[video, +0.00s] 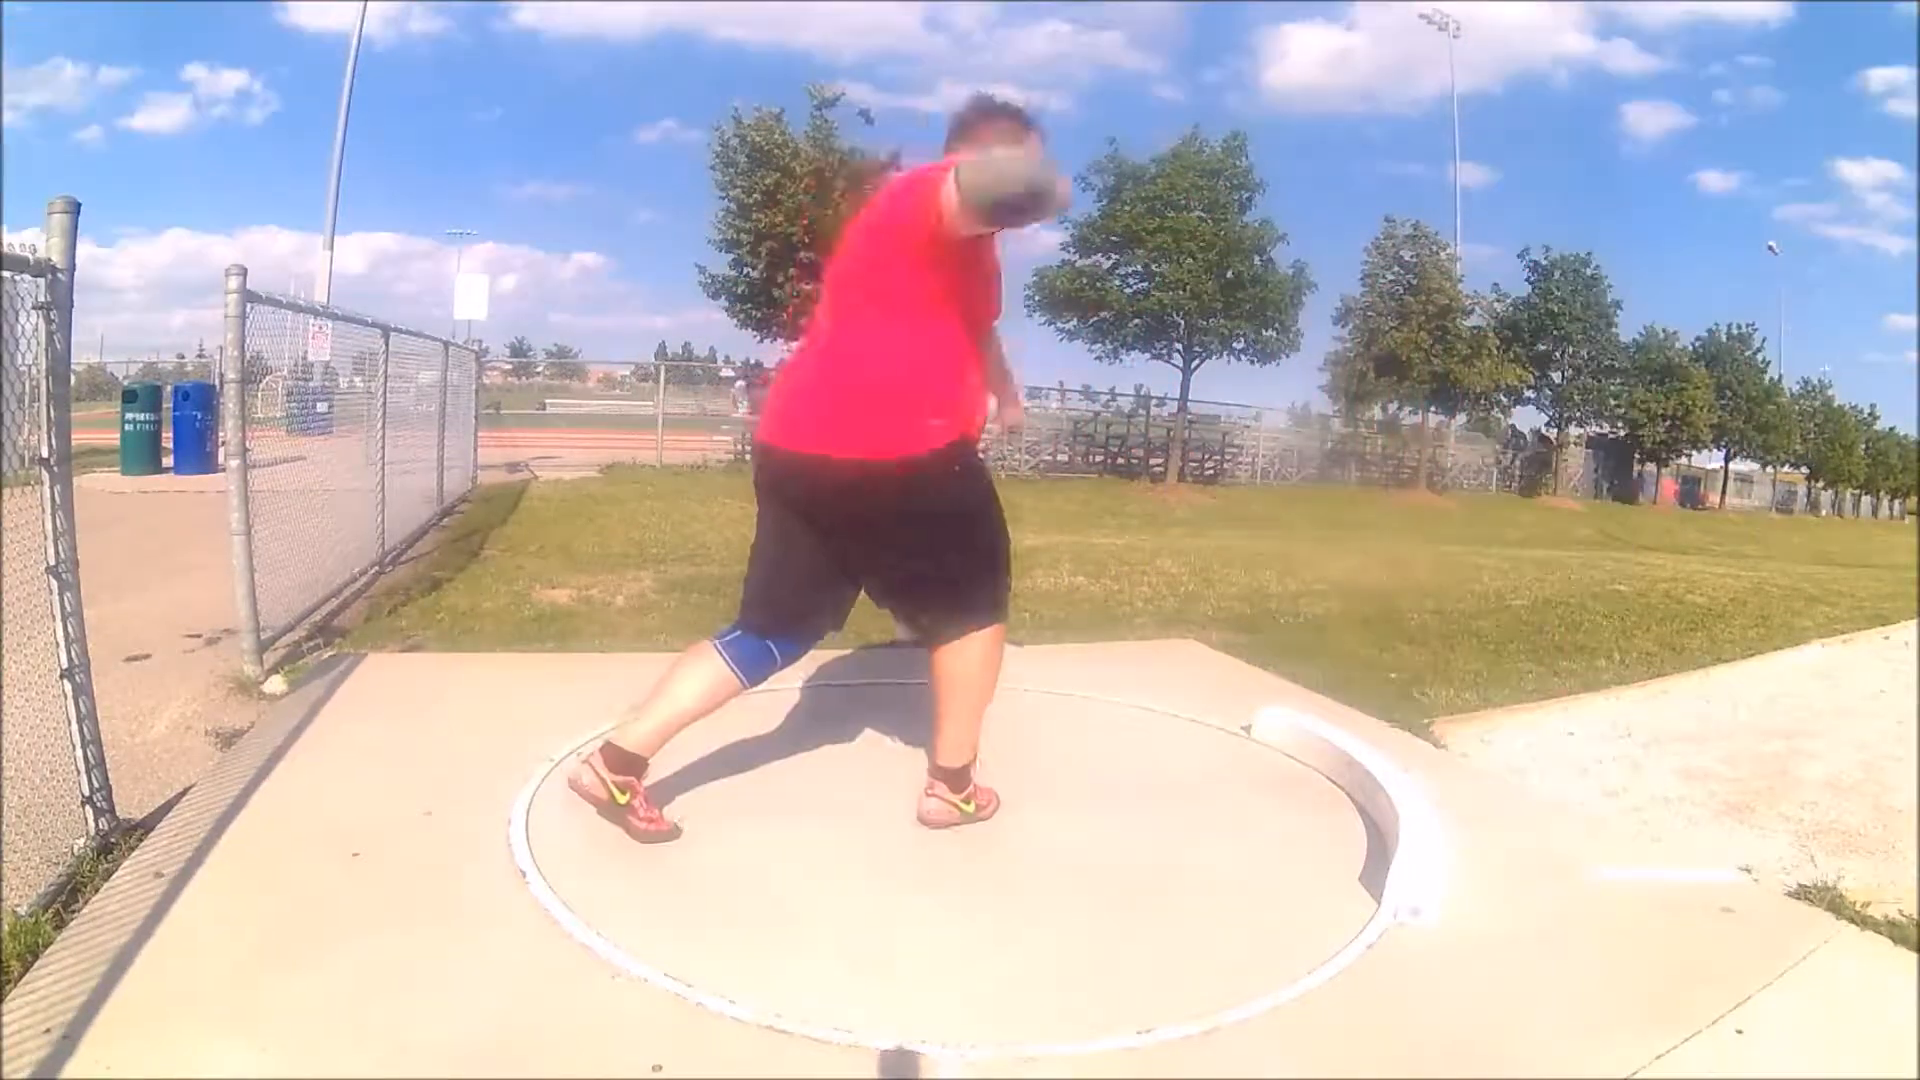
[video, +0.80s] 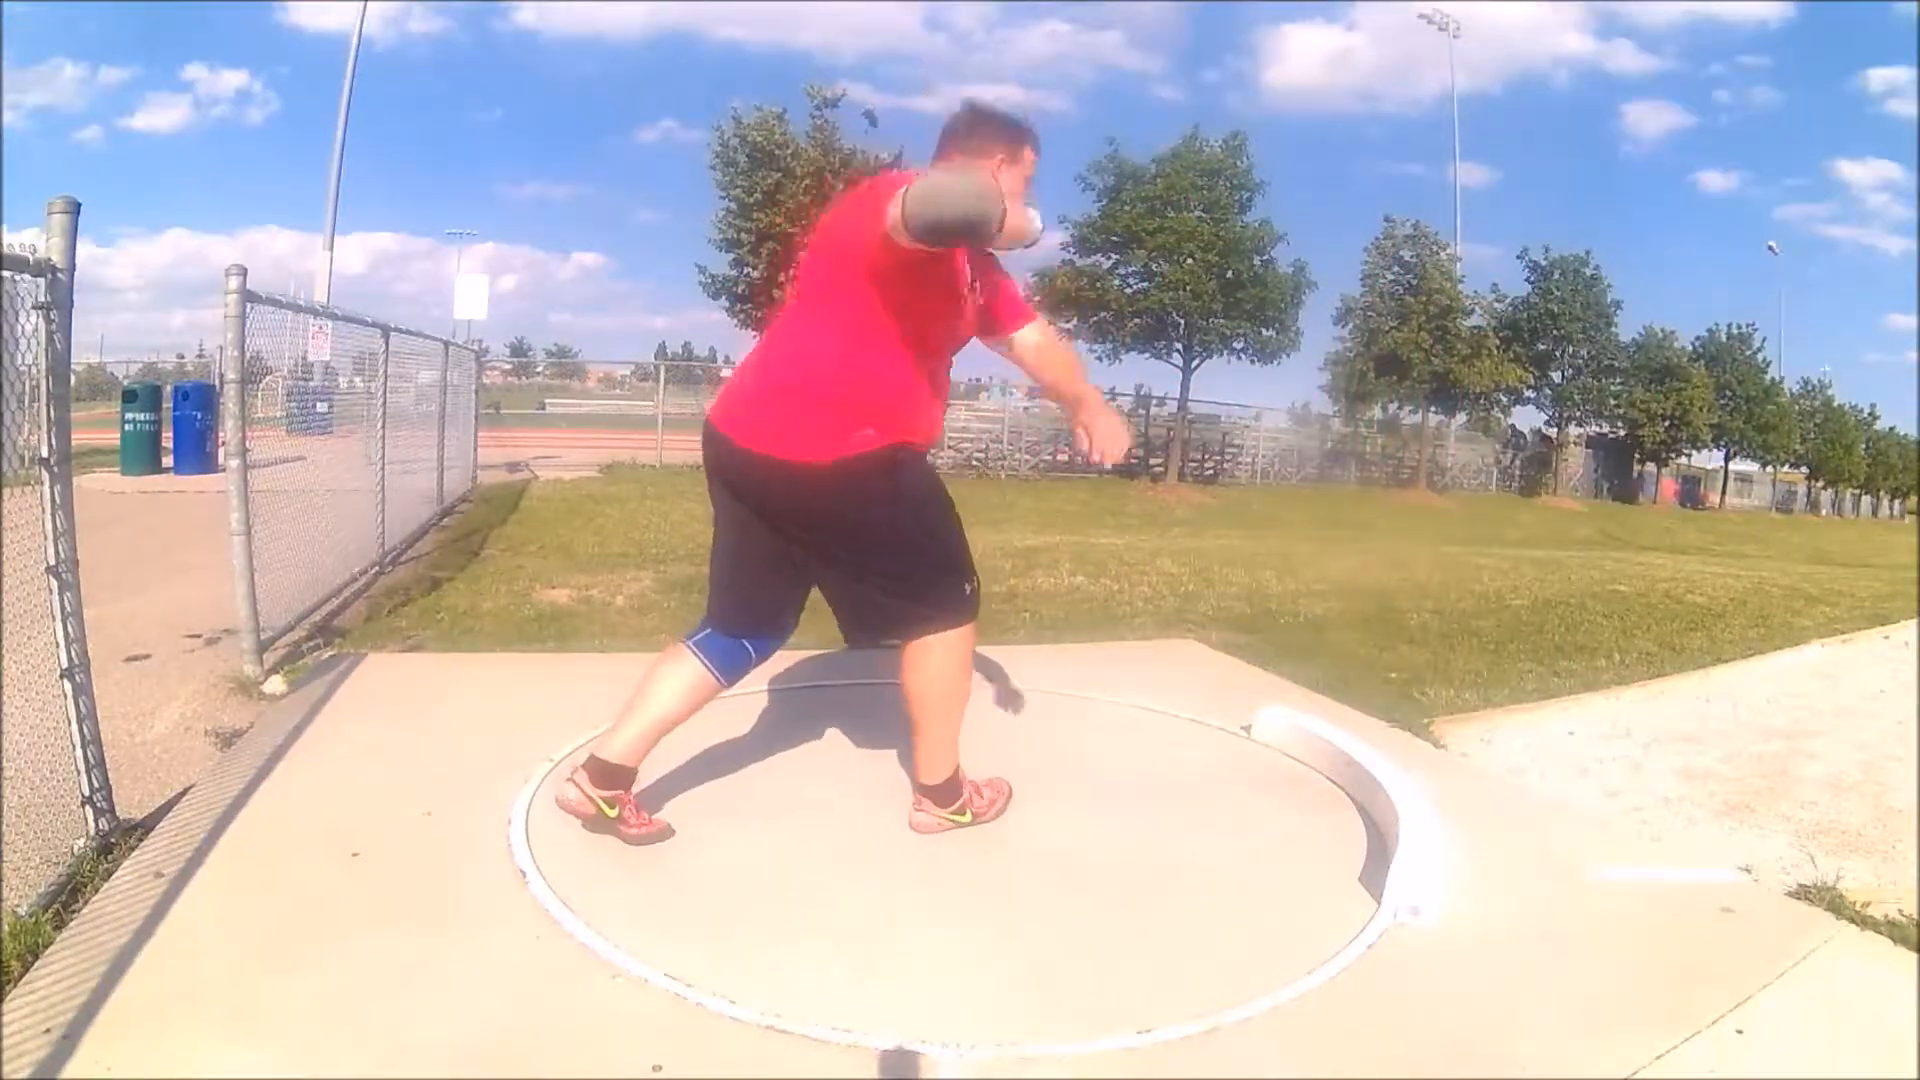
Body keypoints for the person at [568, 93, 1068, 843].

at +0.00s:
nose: (1026, 177)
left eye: (1026, 164)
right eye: (1020, 163)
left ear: (957, 140)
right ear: (997, 148)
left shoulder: (888, 206)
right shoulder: (944, 190)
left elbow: (972, 330)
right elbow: (1013, 175)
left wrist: (1004, 390)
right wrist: (1051, 183)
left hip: (798, 447)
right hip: (911, 451)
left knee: (773, 628)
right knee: (973, 606)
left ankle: (618, 760)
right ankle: (952, 780)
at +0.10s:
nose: (1023, 184)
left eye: (1028, 170)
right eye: (1018, 167)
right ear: (978, 149)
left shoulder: (969, 261)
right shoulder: (888, 194)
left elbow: (1024, 326)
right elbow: (931, 177)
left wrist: (1093, 394)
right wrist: (1012, 179)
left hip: (789, 450)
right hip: (901, 453)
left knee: (770, 628)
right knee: (964, 602)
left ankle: (618, 756)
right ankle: (950, 778)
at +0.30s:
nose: (1016, 167)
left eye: (1017, 152)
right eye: (1007, 147)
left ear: (966, 149)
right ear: (952, 141)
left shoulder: (982, 253)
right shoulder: (846, 198)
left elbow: (1072, 326)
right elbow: (829, 160)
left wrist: (1154, 399)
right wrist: (947, 169)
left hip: (768, 443)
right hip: (872, 444)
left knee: (753, 625)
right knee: (951, 601)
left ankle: (607, 759)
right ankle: (944, 784)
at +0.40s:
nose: (1010, 163)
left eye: (1012, 148)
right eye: (1001, 145)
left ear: (960, 145)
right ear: (948, 138)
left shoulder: (983, 245)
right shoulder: (835, 195)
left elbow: (1065, 317)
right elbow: (798, 157)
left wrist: (1089, 384)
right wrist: (931, 162)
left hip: (764, 439)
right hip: (857, 439)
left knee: (752, 623)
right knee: (934, 604)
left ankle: (605, 759)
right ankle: (942, 785)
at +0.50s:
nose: (1010, 161)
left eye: (1011, 146)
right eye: (1001, 142)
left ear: (965, 142)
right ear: (947, 134)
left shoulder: (982, 243)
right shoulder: (831, 185)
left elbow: (1057, 319)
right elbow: (790, 152)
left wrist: (1010, 371)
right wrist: (927, 164)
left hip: (759, 432)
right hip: (856, 437)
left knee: (749, 618)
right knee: (920, 604)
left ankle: (604, 760)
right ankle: (939, 788)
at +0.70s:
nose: (1018, 183)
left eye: (1020, 167)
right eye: (1014, 163)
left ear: (967, 150)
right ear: (972, 150)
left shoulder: (980, 258)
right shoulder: (853, 198)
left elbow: (1055, 335)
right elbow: (856, 177)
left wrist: (1021, 367)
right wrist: (974, 190)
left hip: (748, 433)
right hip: (853, 443)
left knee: (744, 621)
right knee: (927, 606)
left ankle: (605, 763)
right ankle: (939, 789)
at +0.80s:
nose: (1028, 208)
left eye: (1030, 188)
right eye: (1027, 184)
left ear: (953, 160)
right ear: (991, 168)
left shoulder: (971, 270)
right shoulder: (892, 196)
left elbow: (1033, 341)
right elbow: (947, 206)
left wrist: (1087, 400)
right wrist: (1006, 216)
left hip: (746, 436)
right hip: (852, 449)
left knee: (743, 626)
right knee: (942, 605)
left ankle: (605, 771)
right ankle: (939, 787)